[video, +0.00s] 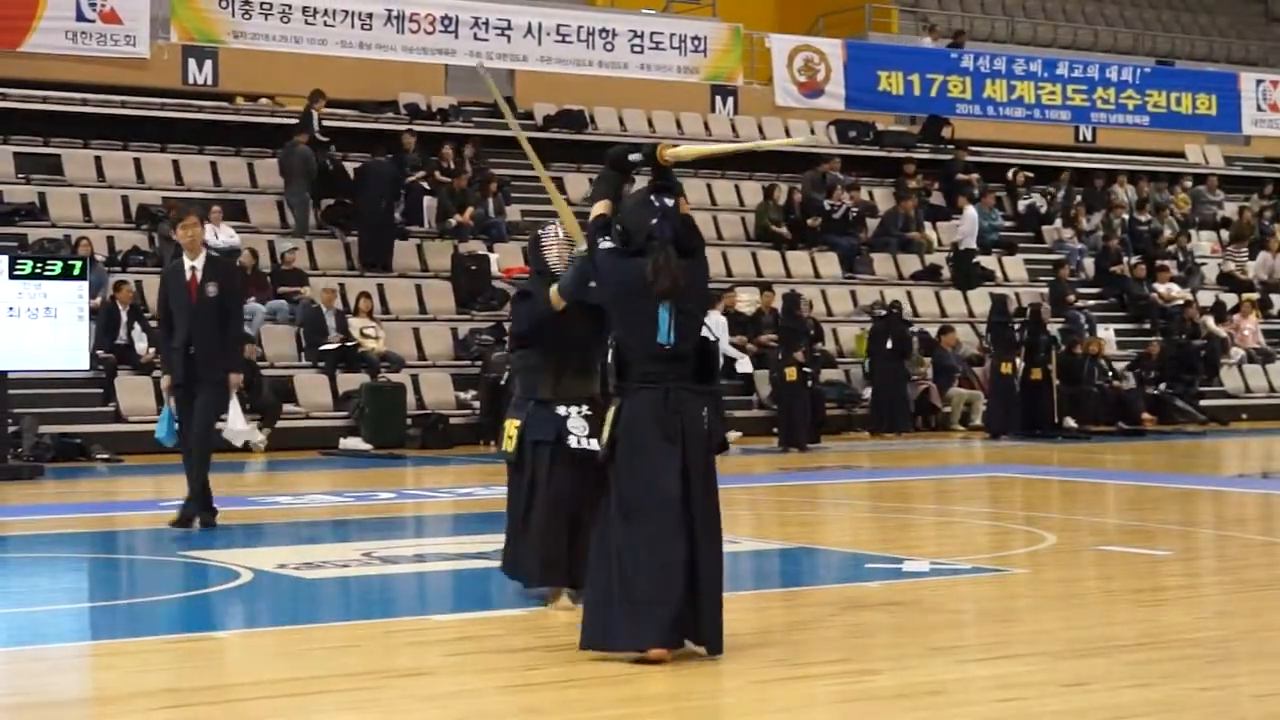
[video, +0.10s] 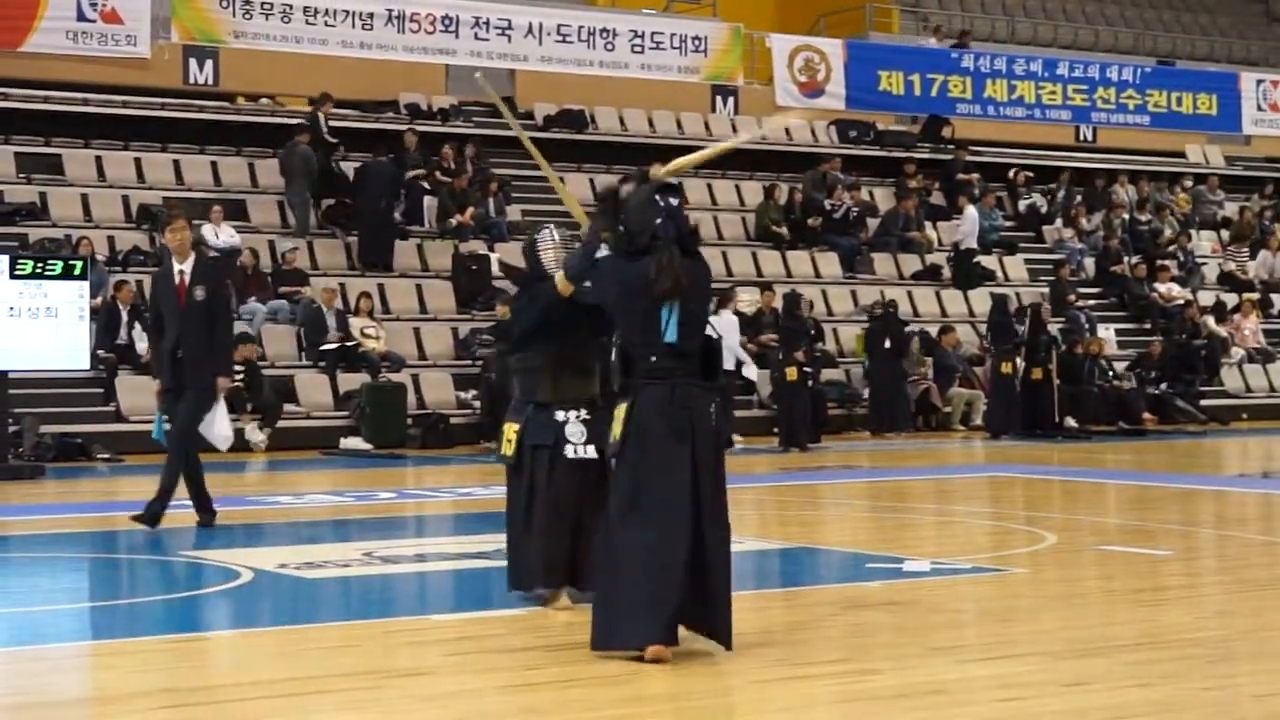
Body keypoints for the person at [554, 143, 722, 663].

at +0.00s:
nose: (615, 231)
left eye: (621, 226)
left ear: (627, 235)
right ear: (672, 232)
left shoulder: (617, 271)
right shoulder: (694, 275)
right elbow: (684, 235)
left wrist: (596, 233)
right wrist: (667, 184)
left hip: (642, 402)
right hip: (688, 400)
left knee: (646, 513)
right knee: (688, 510)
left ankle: (655, 634)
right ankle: (689, 625)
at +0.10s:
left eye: (629, 219)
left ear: (630, 229)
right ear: (674, 225)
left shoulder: (622, 274)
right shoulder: (698, 274)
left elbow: (573, 275)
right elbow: (681, 240)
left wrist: (598, 228)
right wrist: (664, 198)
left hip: (648, 401)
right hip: (694, 400)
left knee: (645, 510)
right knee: (680, 509)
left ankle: (654, 631)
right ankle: (664, 624)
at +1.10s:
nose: (679, 218)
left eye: (685, 213)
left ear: (693, 225)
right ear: (731, 223)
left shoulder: (690, 263)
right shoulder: (747, 263)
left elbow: (660, 216)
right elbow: (732, 221)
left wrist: (666, 168)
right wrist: (730, 179)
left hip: (714, 395)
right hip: (751, 393)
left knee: (723, 508)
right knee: (745, 507)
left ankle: (755, 621)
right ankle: (702, 618)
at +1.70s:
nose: (712, 252)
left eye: (715, 243)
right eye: (714, 243)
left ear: (726, 246)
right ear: (766, 242)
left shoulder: (721, 299)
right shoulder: (789, 295)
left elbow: (696, 367)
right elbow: (804, 359)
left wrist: (675, 337)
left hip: (744, 422)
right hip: (788, 422)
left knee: (738, 526)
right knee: (780, 522)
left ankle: (795, 622)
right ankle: (745, 623)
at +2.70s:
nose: (662, 242)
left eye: (666, 234)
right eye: (664, 234)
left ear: (678, 236)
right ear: (713, 233)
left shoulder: (676, 276)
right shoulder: (739, 277)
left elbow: (658, 356)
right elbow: (759, 350)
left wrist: (667, 386)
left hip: (705, 406)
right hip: (753, 403)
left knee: (677, 508)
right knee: (749, 503)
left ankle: (666, 619)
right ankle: (752, 602)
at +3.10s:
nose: (699, 249)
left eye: (703, 239)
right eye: (699, 239)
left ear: (720, 240)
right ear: (753, 236)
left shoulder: (729, 284)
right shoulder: (779, 282)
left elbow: (707, 361)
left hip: (751, 410)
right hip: (797, 408)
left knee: (709, 508)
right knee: (792, 510)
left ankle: (683, 617)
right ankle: (817, 609)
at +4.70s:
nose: (810, 237)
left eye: (815, 229)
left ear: (823, 232)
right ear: (866, 227)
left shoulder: (822, 281)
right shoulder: (888, 279)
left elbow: (793, 354)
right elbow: (888, 342)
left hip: (839, 405)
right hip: (891, 404)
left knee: (804, 506)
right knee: (905, 509)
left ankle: (777, 613)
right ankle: (940, 612)